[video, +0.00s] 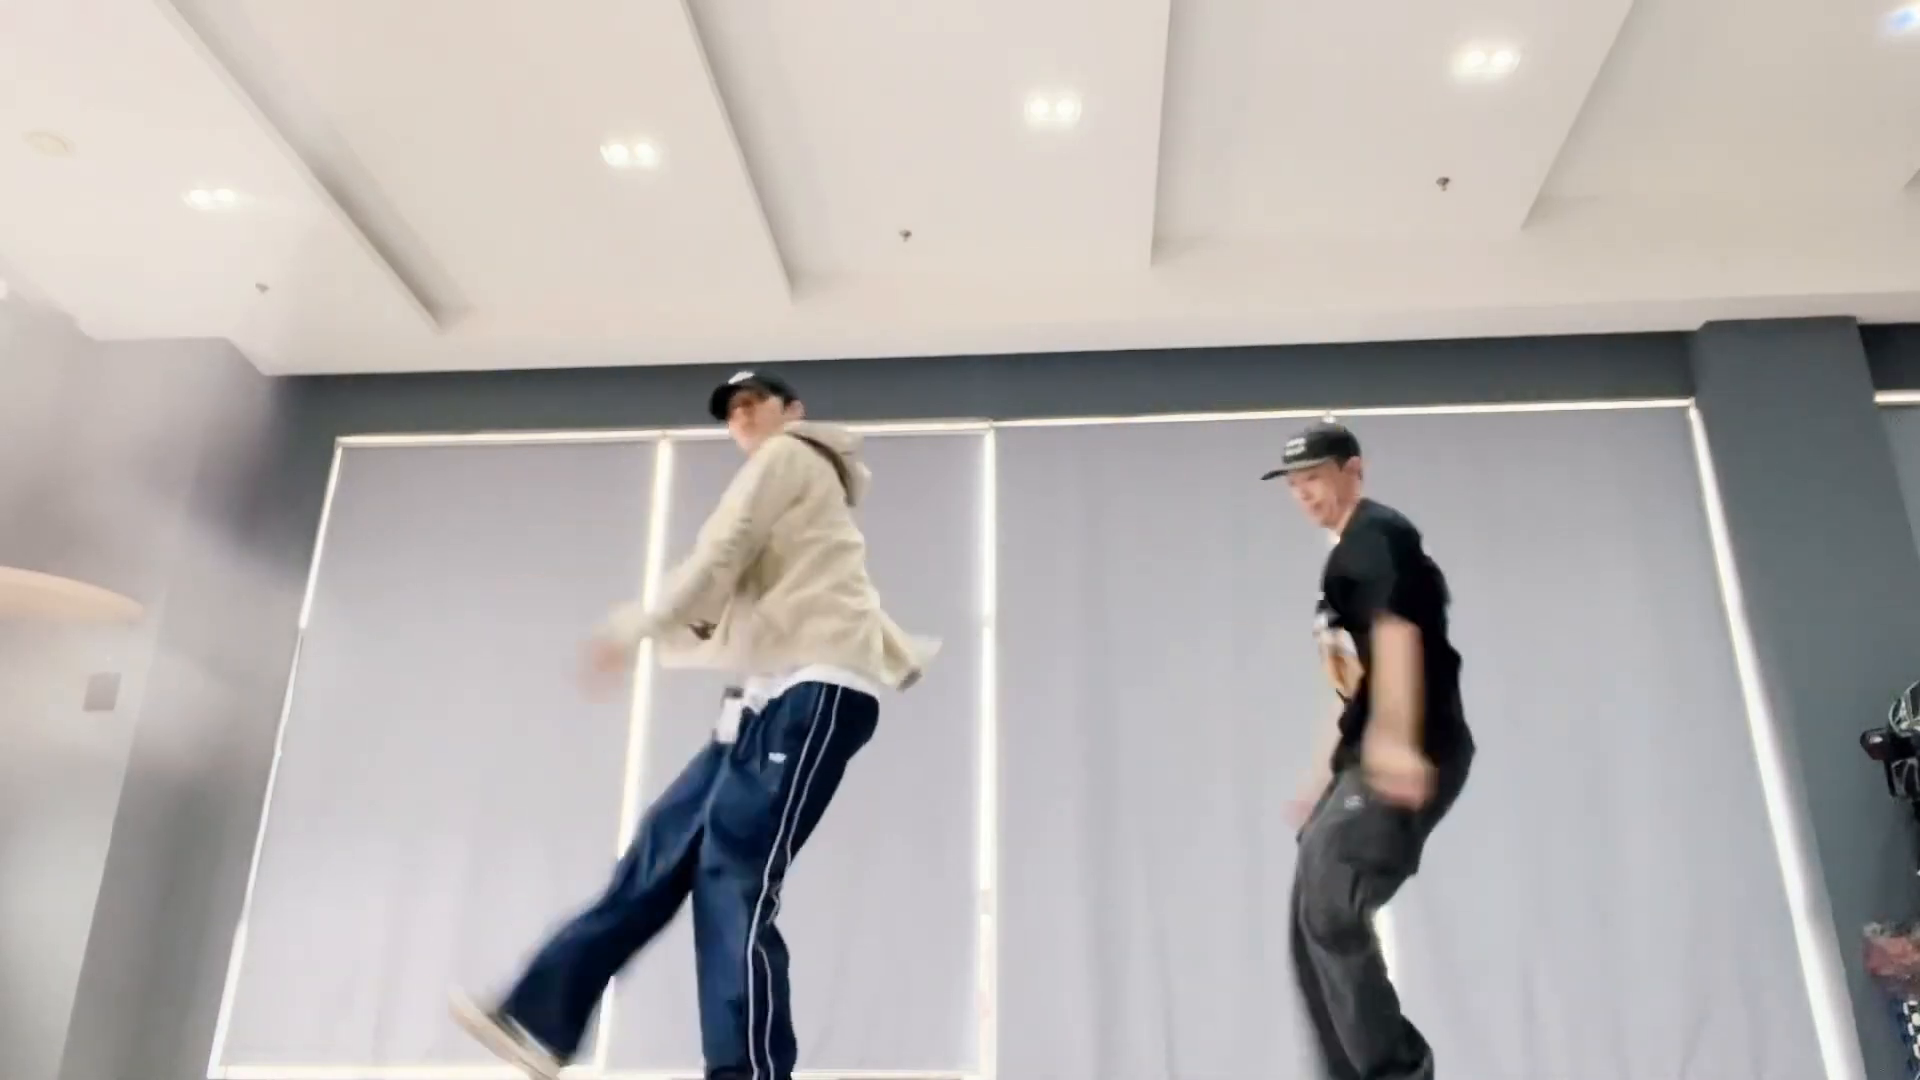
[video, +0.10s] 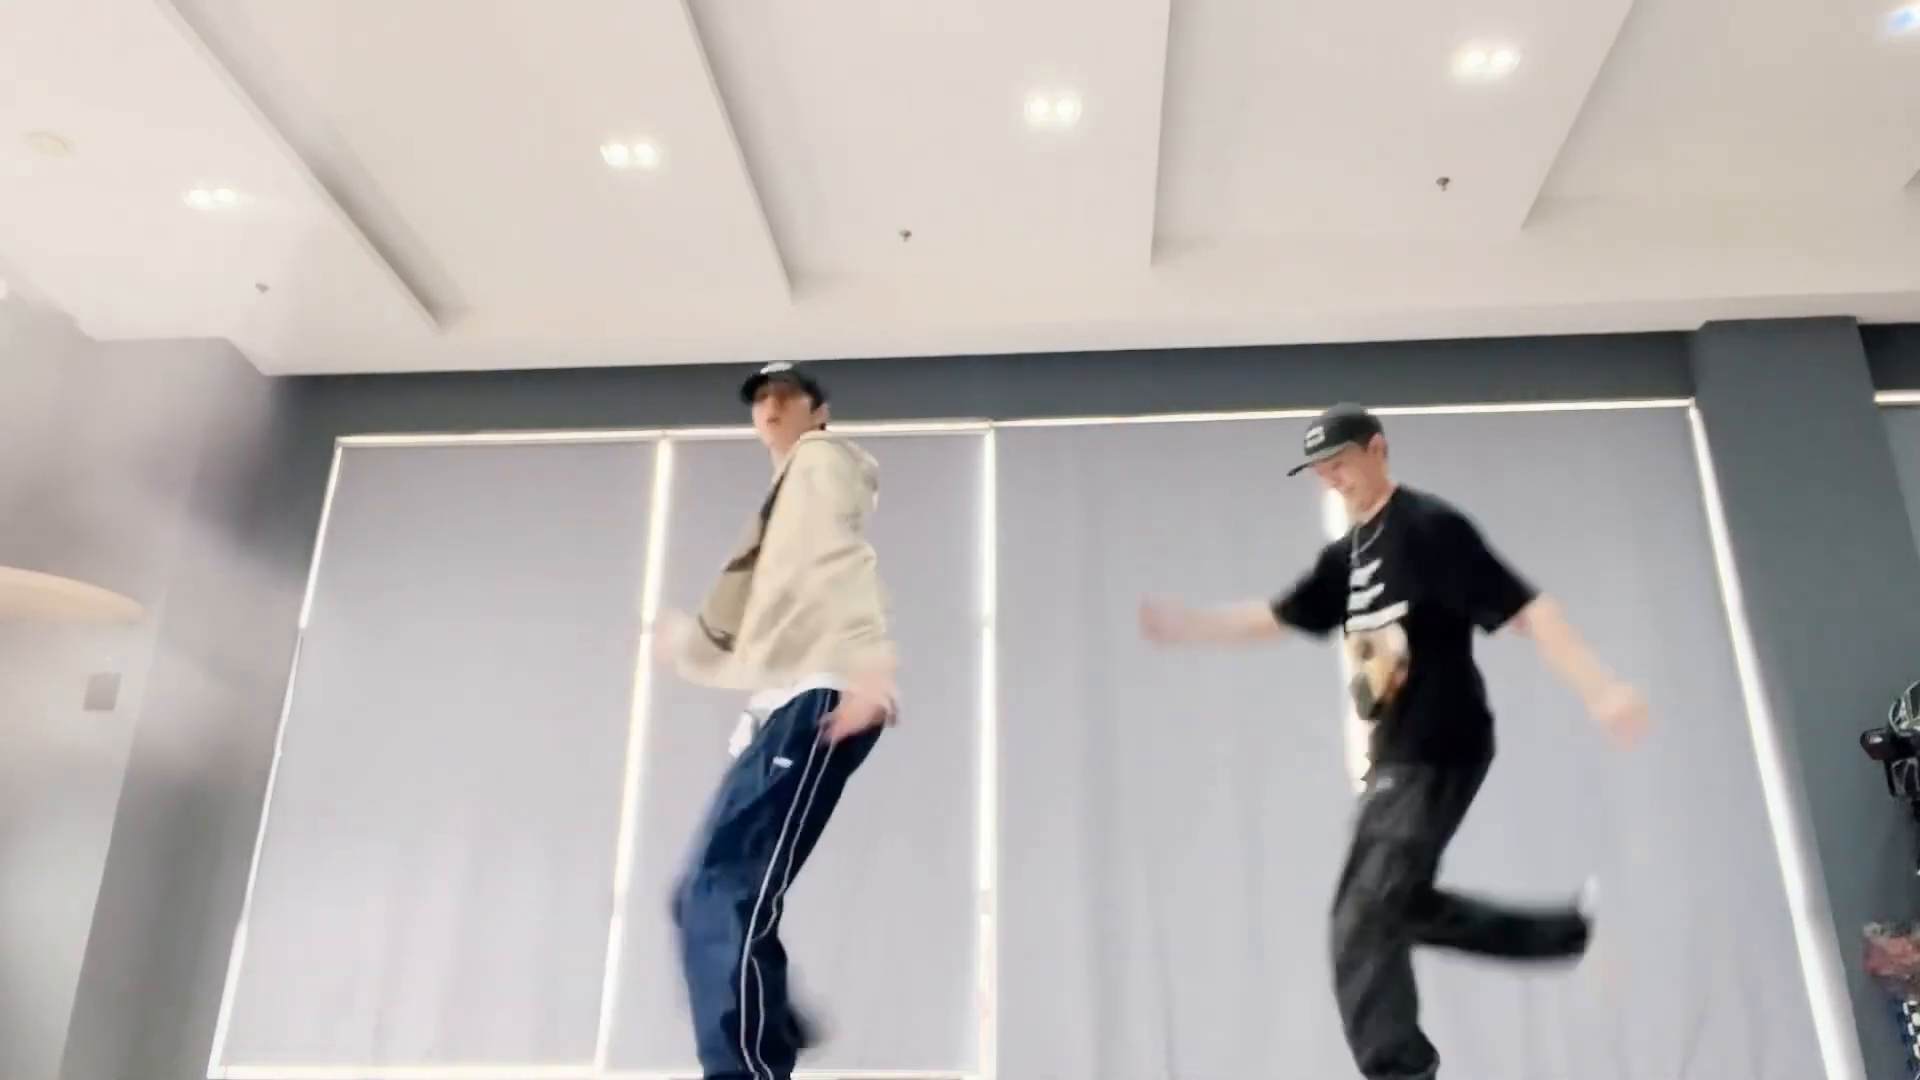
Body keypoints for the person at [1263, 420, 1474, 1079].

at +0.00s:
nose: (1305, 495)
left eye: (1315, 479)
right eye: (1295, 484)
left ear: (1353, 472)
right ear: (1292, 488)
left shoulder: (1378, 535)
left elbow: (1399, 634)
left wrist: (1394, 738)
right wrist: (1325, 777)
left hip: (1413, 749)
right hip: (1372, 752)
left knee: (1330, 903)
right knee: (1309, 917)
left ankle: (1394, 1065)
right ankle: (1351, 1068)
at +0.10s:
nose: (1331, 480)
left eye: (1339, 464)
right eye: (1322, 470)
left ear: (1378, 450)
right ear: (1320, 474)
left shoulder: (1430, 526)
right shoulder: (1346, 554)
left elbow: (1531, 610)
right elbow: (1283, 616)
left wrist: (1603, 692)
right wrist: (1185, 625)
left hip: (1439, 750)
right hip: (1395, 757)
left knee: (1363, 915)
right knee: (1392, 905)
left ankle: (1400, 1067)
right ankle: (1560, 934)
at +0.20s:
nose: (1354, 462)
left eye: (1360, 445)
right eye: (1345, 452)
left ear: (1400, 428)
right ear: (1349, 456)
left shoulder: (1472, 493)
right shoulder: (1359, 505)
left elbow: (1592, 529)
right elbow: (1276, 499)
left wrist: (1710, 513)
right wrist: (1214, 448)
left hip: (1494, 708)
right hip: (1447, 719)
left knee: (1466, 881)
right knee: (1483, 878)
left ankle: (1470, 1059)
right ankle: (1611, 785)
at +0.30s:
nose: (1391, 477)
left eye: (1397, 457)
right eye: (1378, 467)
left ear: (1429, 431)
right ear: (1369, 466)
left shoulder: (1507, 485)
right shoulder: (1398, 486)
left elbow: (1623, 451)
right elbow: (1332, 414)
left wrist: (1702, 376)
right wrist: (1267, 356)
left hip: (1546, 717)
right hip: (1492, 719)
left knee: (1554, 878)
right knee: (1525, 874)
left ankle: (1686, 1045)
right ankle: (1640, 766)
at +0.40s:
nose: (1421, 502)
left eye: (1426, 485)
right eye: (1410, 494)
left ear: (1461, 460)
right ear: (1409, 496)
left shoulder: (1546, 503)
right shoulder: (1447, 520)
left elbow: (1642, 455)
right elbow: (1388, 462)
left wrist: (1638, 368)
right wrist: (1324, 397)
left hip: (1602, 738)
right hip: (1542, 744)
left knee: (1676, 904)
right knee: (1556, 895)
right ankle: (1701, 829)